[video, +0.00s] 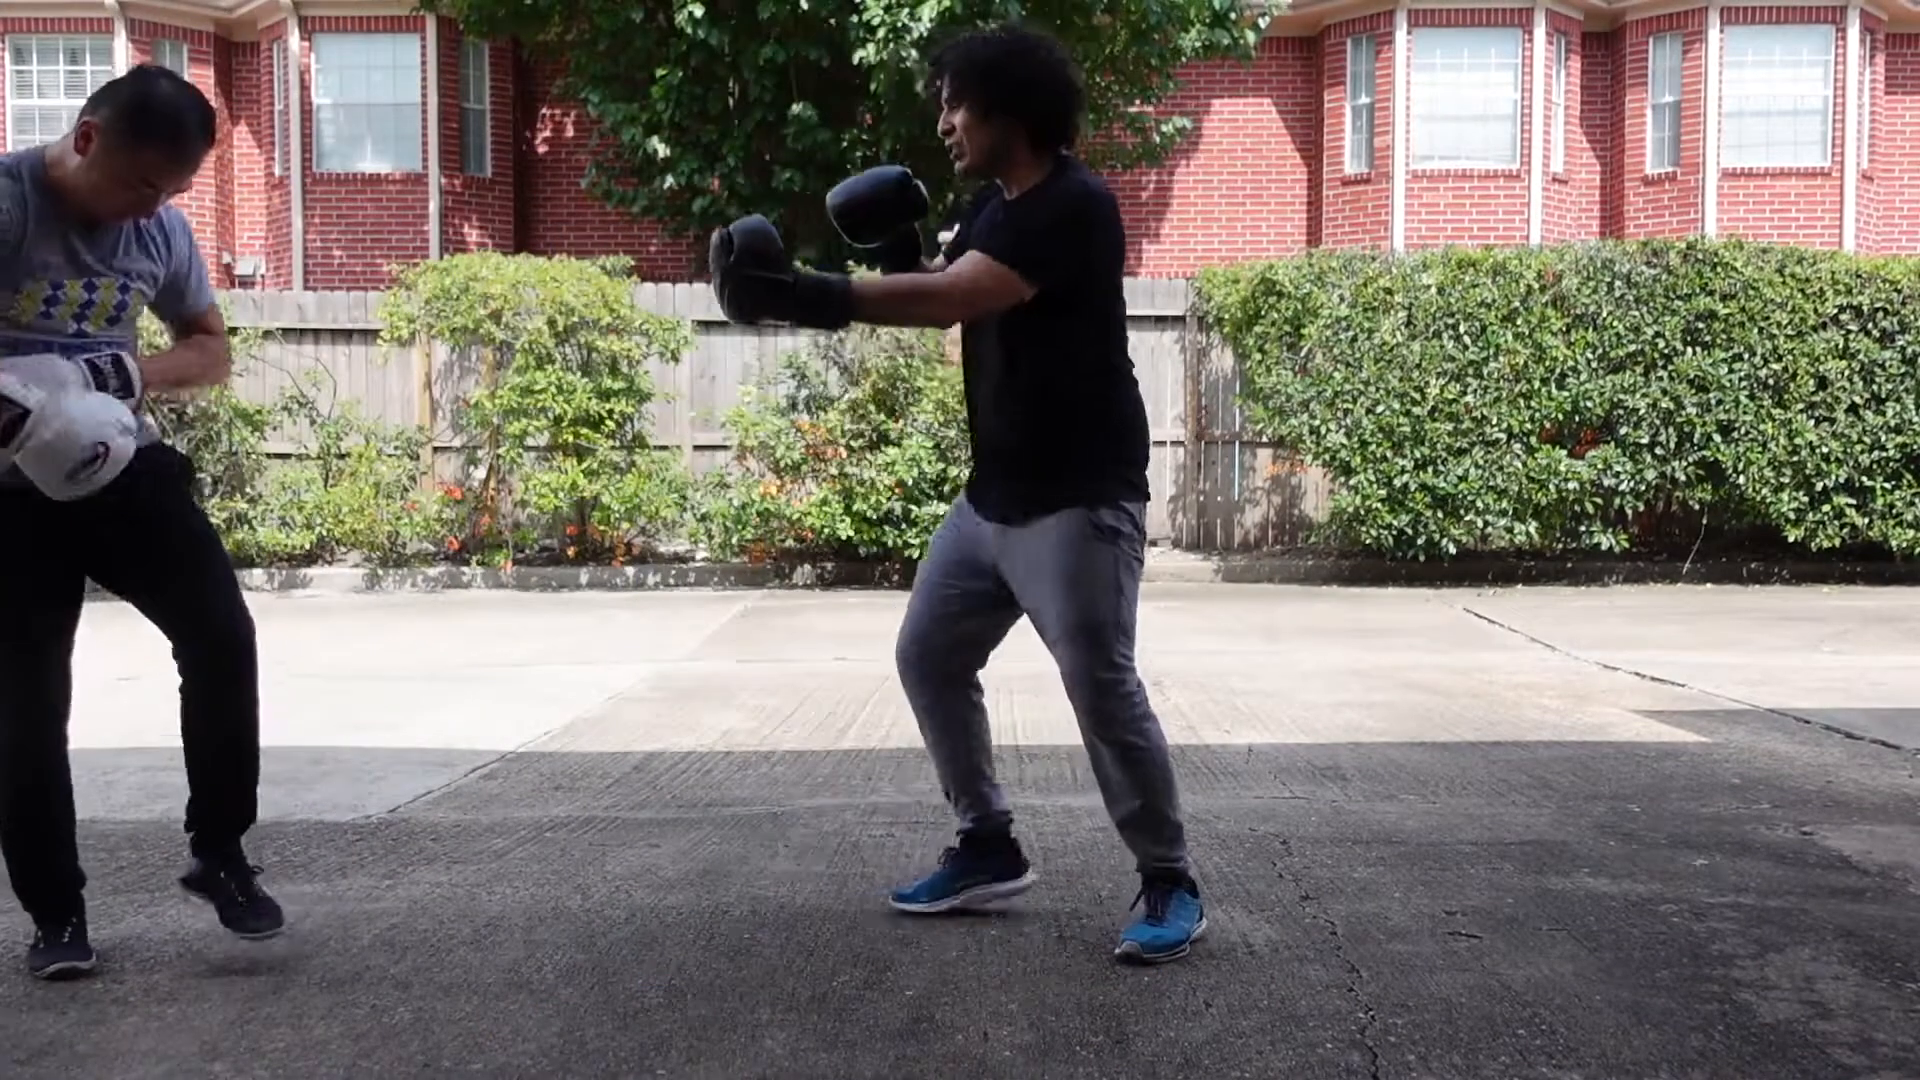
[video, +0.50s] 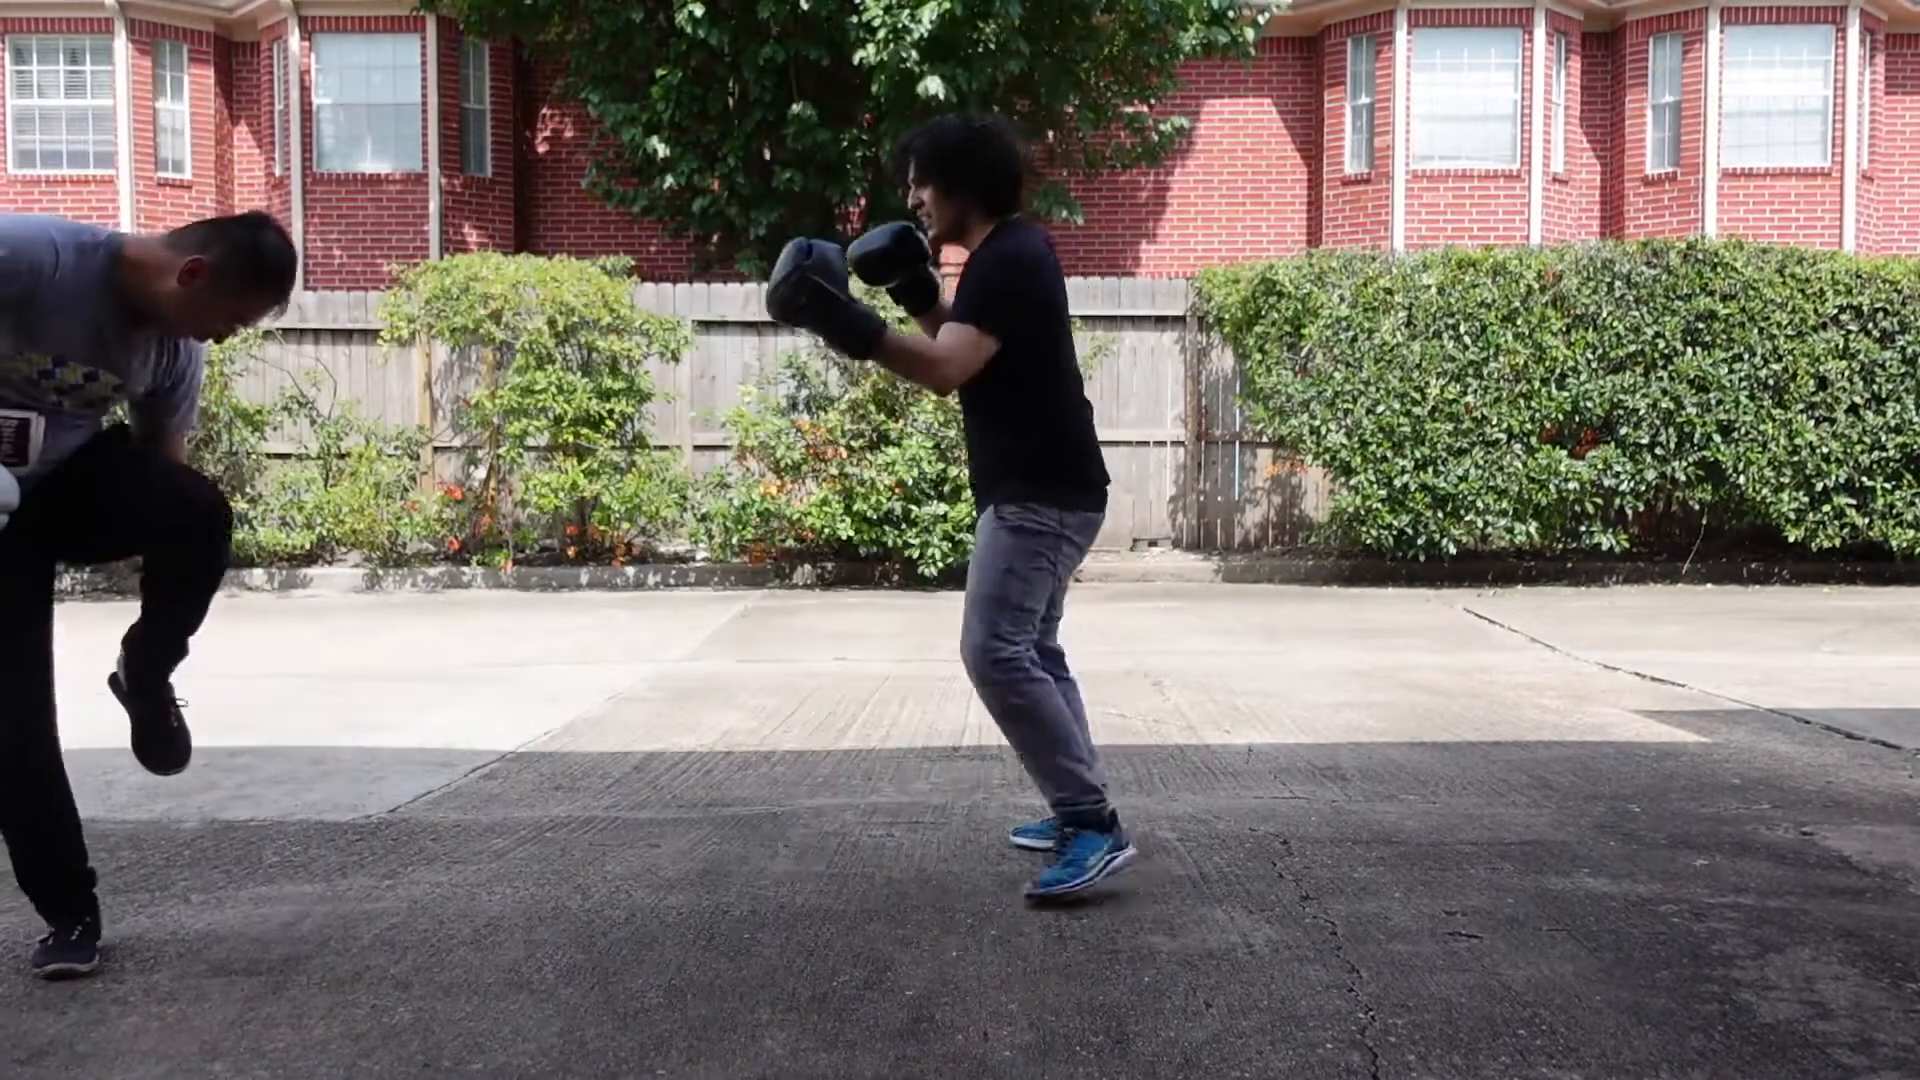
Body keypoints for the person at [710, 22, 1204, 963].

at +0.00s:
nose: (946, 128)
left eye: (959, 110)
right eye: (945, 111)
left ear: (1015, 112)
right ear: (986, 114)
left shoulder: (1075, 203)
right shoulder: (988, 209)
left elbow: (962, 296)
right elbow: (950, 309)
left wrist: (816, 296)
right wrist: (902, 259)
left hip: (1081, 498)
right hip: (993, 496)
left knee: (1102, 688)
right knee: (930, 657)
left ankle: (1168, 885)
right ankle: (987, 847)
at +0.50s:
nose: (916, 202)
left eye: (924, 187)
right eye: (915, 188)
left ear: (960, 188)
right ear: (986, 185)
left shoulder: (1009, 256)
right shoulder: (1004, 252)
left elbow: (947, 368)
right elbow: (972, 353)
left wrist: (849, 324)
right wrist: (921, 290)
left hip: (1038, 496)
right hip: (1036, 491)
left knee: (994, 651)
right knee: (1033, 648)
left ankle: (1092, 825)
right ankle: (1080, 807)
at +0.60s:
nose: (895, 202)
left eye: (903, 186)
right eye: (892, 188)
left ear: (944, 186)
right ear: (955, 189)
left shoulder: (986, 250)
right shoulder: (971, 255)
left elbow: (926, 351)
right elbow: (931, 350)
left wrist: (832, 299)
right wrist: (886, 286)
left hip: (1022, 492)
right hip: (1023, 489)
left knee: (945, 633)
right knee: (1032, 646)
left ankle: (998, 802)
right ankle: (1088, 808)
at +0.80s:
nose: (840, 219)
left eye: (851, 204)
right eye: (839, 206)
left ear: (894, 205)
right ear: (889, 211)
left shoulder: (936, 274)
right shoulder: (906, 279)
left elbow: (918, 386)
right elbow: (895, 376)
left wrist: (829, 337)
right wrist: (830, 327)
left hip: (957, 509)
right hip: (960, 506)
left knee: (878, 645)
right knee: (979, 655)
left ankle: (863, 812)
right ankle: (1075, 798)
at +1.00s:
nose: (788, 208)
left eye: (799, 195)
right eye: (787, 195)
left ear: (839, 198)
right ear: (835, 204)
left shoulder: (882, 277)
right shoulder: (845, 278)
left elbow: (921, 397)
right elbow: (866, 373)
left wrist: (822, 420)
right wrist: (805, 363)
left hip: (890, 500)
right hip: (869, 496)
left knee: (834, 645)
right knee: (858, 634)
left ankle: (859, 814)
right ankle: (959, 745)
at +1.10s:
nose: (773, 196)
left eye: (784, 183)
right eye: (770, 184)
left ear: (827, 186)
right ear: (800, 191)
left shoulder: (868, 266)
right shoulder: (823, 265)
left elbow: (900, 386)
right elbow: (838, 365)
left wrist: (812, 457)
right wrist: (783, 382)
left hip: (873, 487)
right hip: (835, 482)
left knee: (838, 641)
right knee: (795, 615)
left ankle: (858, 812)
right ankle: (889, 748)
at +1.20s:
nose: (763, 195)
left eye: (774, 182)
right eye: (761, 183)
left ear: (818, 184)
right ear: (785, 188)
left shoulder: (859, 261)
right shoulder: (804, 261)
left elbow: (891, 386)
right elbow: (817, 364)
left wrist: (827, 470)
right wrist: (768, 398)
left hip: (854, 490)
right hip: (797, 483)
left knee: (830, 642)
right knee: (767, 621)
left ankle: (860, 810)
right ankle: (808, 758)